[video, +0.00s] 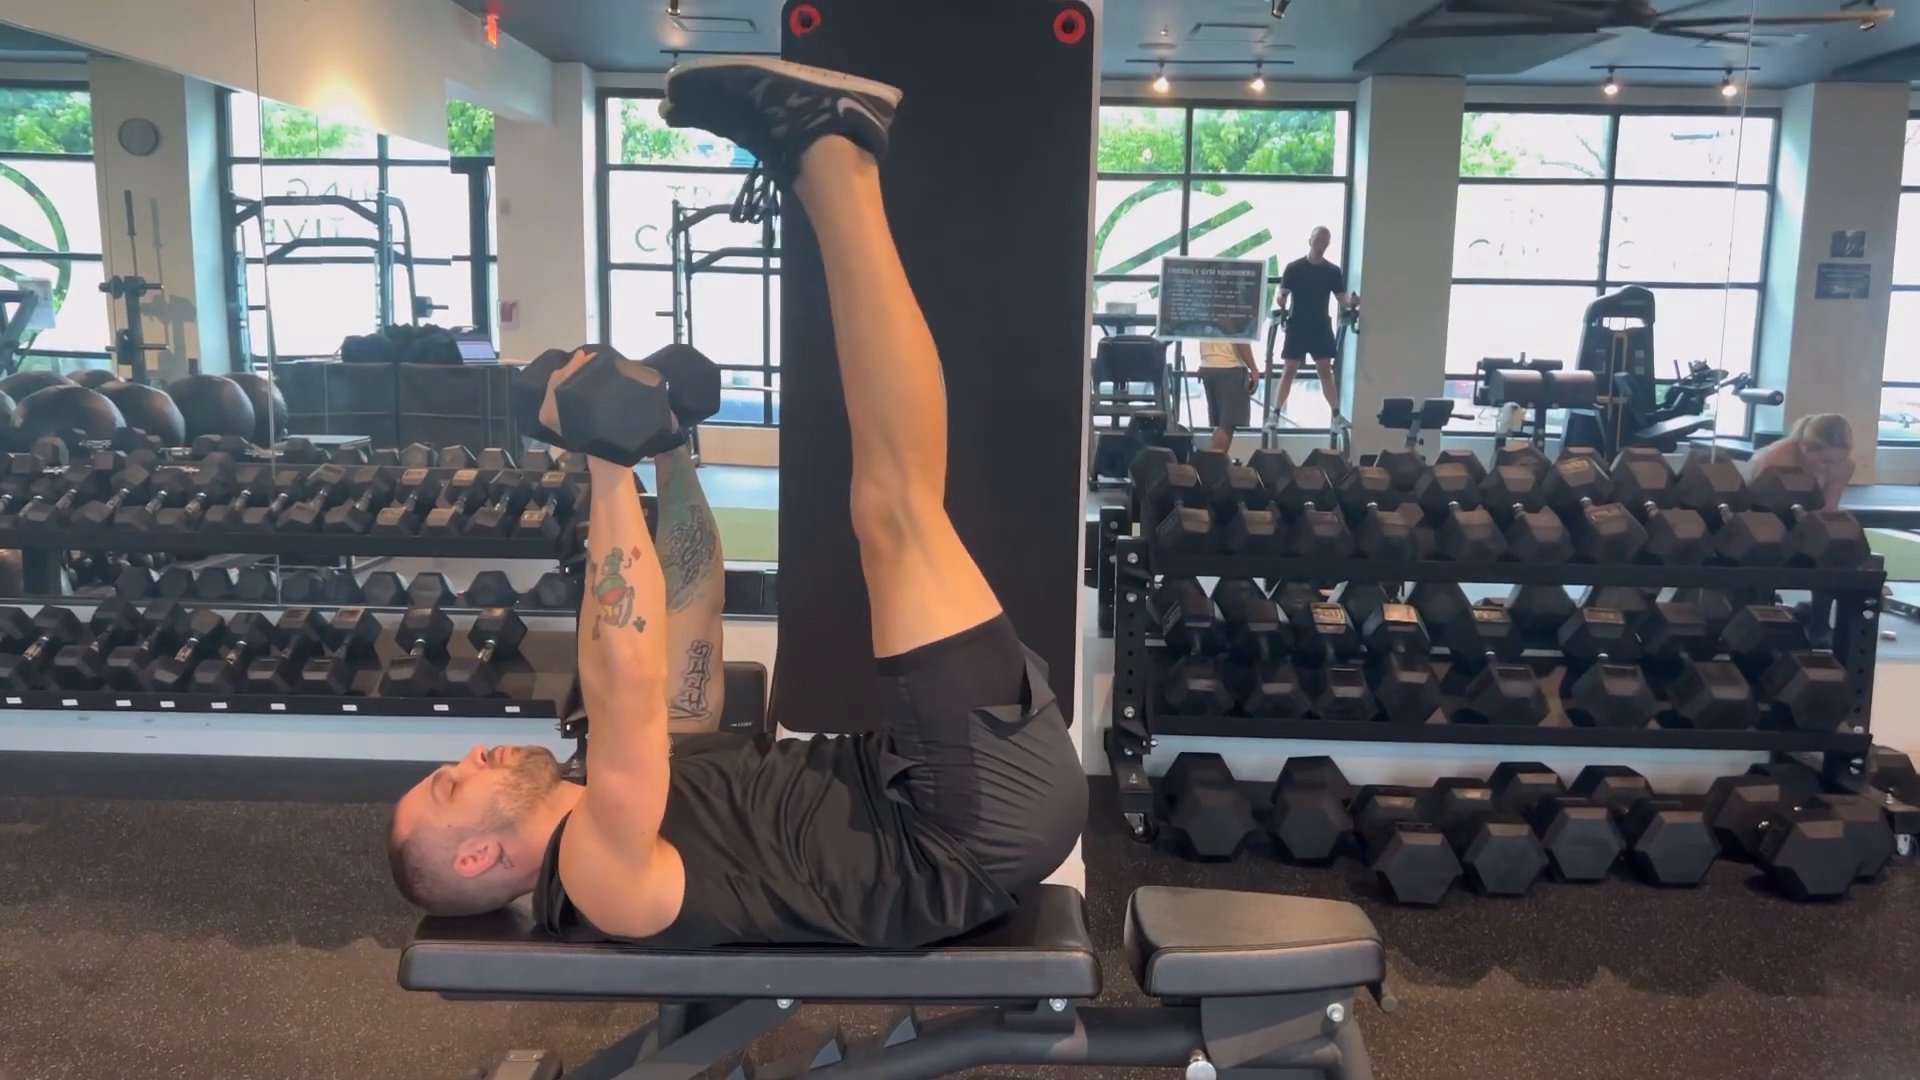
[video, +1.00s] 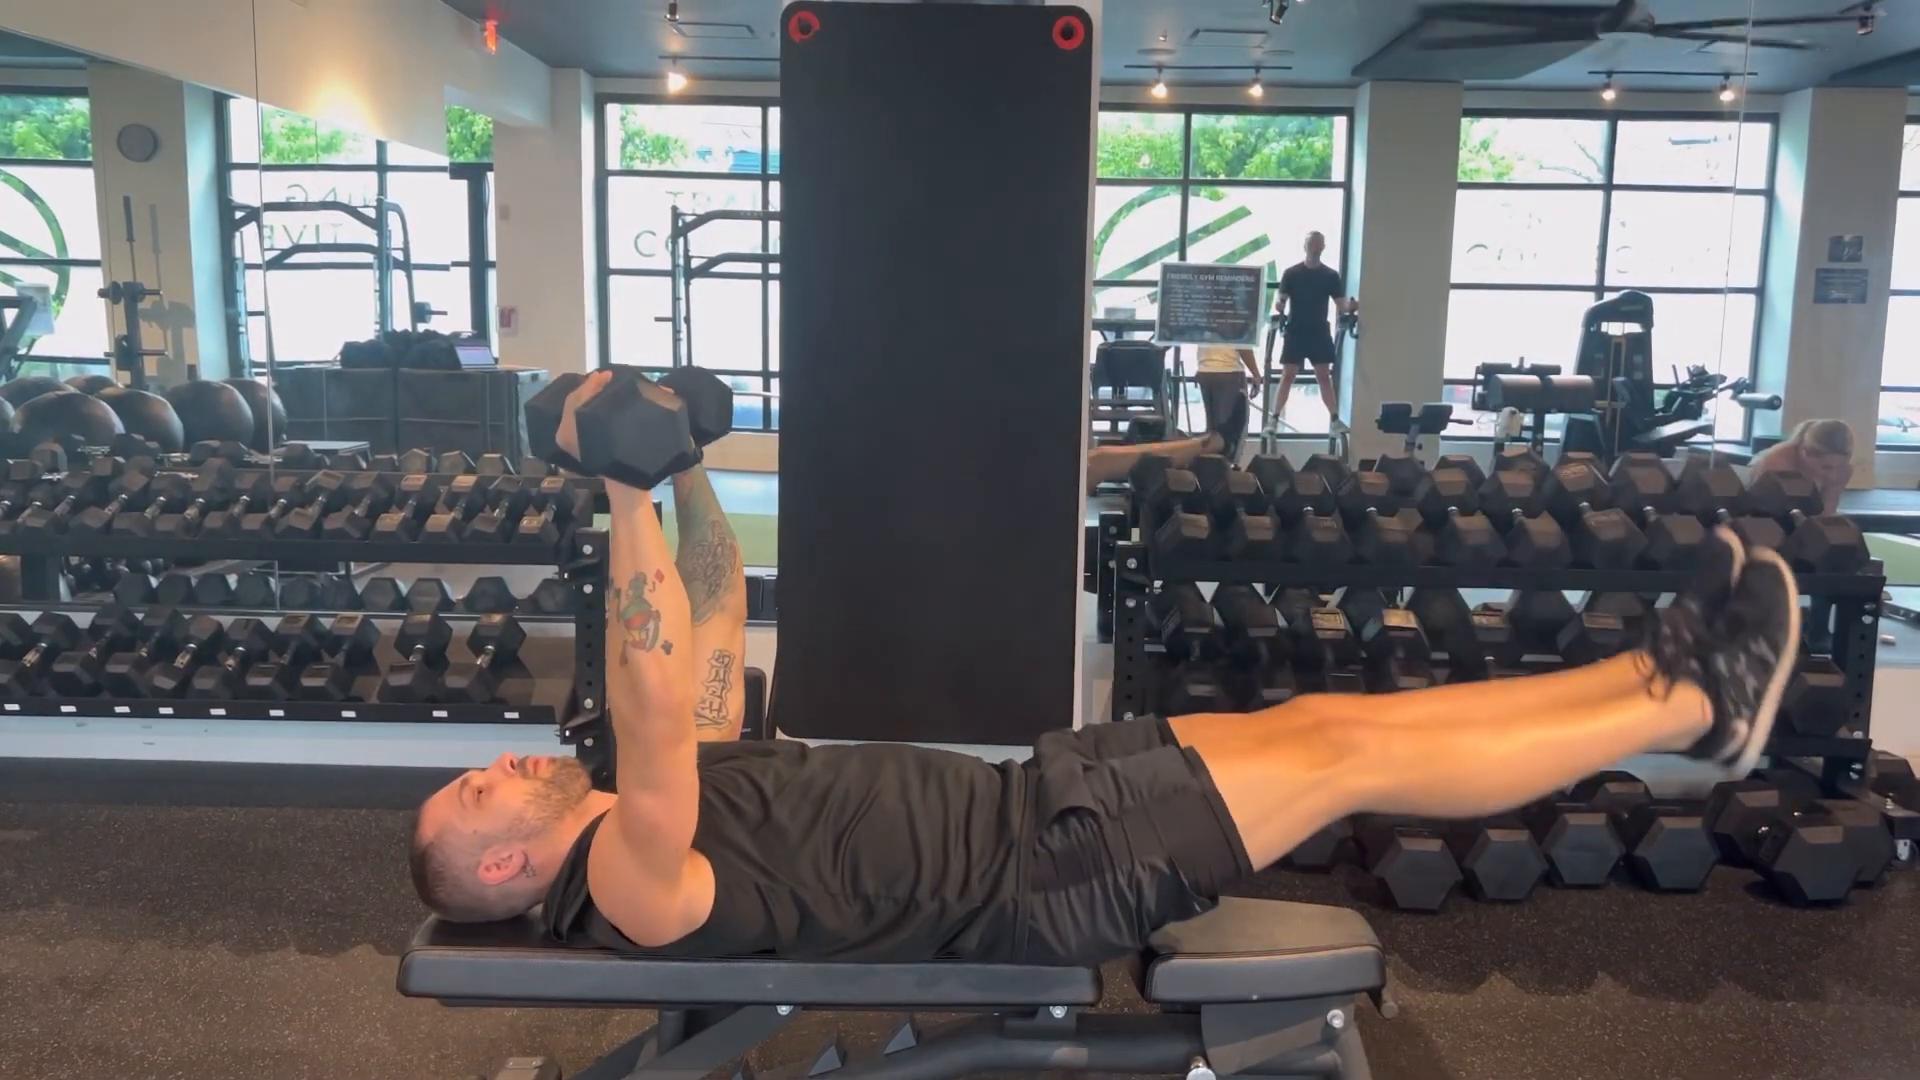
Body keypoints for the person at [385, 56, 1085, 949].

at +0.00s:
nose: (481, 750)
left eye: (450, 764)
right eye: (456, 779)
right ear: (490, 851)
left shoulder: (621, 814)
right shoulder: (608, 862)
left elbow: (691, 591)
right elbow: (626, 658)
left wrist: (657, 444)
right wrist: (607, 454)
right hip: (973, 826)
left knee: (897, 502)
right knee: (893, 505)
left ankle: (830, 157)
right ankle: (828, 154)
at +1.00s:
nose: (510, 772)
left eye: (489, 778)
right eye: (491, 802)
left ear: (546, 820)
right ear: (526, 876)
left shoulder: (660, 805)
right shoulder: (639, 876)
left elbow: (715, 638)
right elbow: (646, 670)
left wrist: (674, 471)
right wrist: (626, 489)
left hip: (1052, 783)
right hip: (1058, 858)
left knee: (1338, 720)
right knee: (1354, 755)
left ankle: (1656, 682)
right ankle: (1689, 705)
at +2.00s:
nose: (509, 787)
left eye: (490, 792)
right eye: (482, 817)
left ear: (536, 789)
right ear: (500, 881)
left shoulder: (647, 804)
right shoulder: (619, 894)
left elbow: (764, 707)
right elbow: (691, 877)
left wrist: (722, 591)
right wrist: (650, 666)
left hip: (1053, 791)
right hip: (1051, 865)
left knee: (1360, 794)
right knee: (1366, 842)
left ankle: (1683, 807)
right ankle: (1702, 853)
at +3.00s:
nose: (478, 773)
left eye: (446, 787)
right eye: (452, 802)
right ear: (487, 874)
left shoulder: (643, 820)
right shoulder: (609, 888)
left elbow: (691, 604)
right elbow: (625, 684)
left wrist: (660, 457)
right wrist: (612, 487)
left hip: (951, 825)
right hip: (973, 863)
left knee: (971, 528)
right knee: (968, 531)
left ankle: (979, 177)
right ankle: (977, 174)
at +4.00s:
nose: (492, 788)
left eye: (476, 796)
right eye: (467, 824)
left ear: (520, 819)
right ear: (500, 901)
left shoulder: (642, 829)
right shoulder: (622, 900)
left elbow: (693, 658)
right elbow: (630, 694)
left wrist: (665, 477)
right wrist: (601, 507)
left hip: (981, 831)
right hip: (1008, 897)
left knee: (1200, 579)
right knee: (1204, 598)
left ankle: (1424, 352)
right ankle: (1464, 355)